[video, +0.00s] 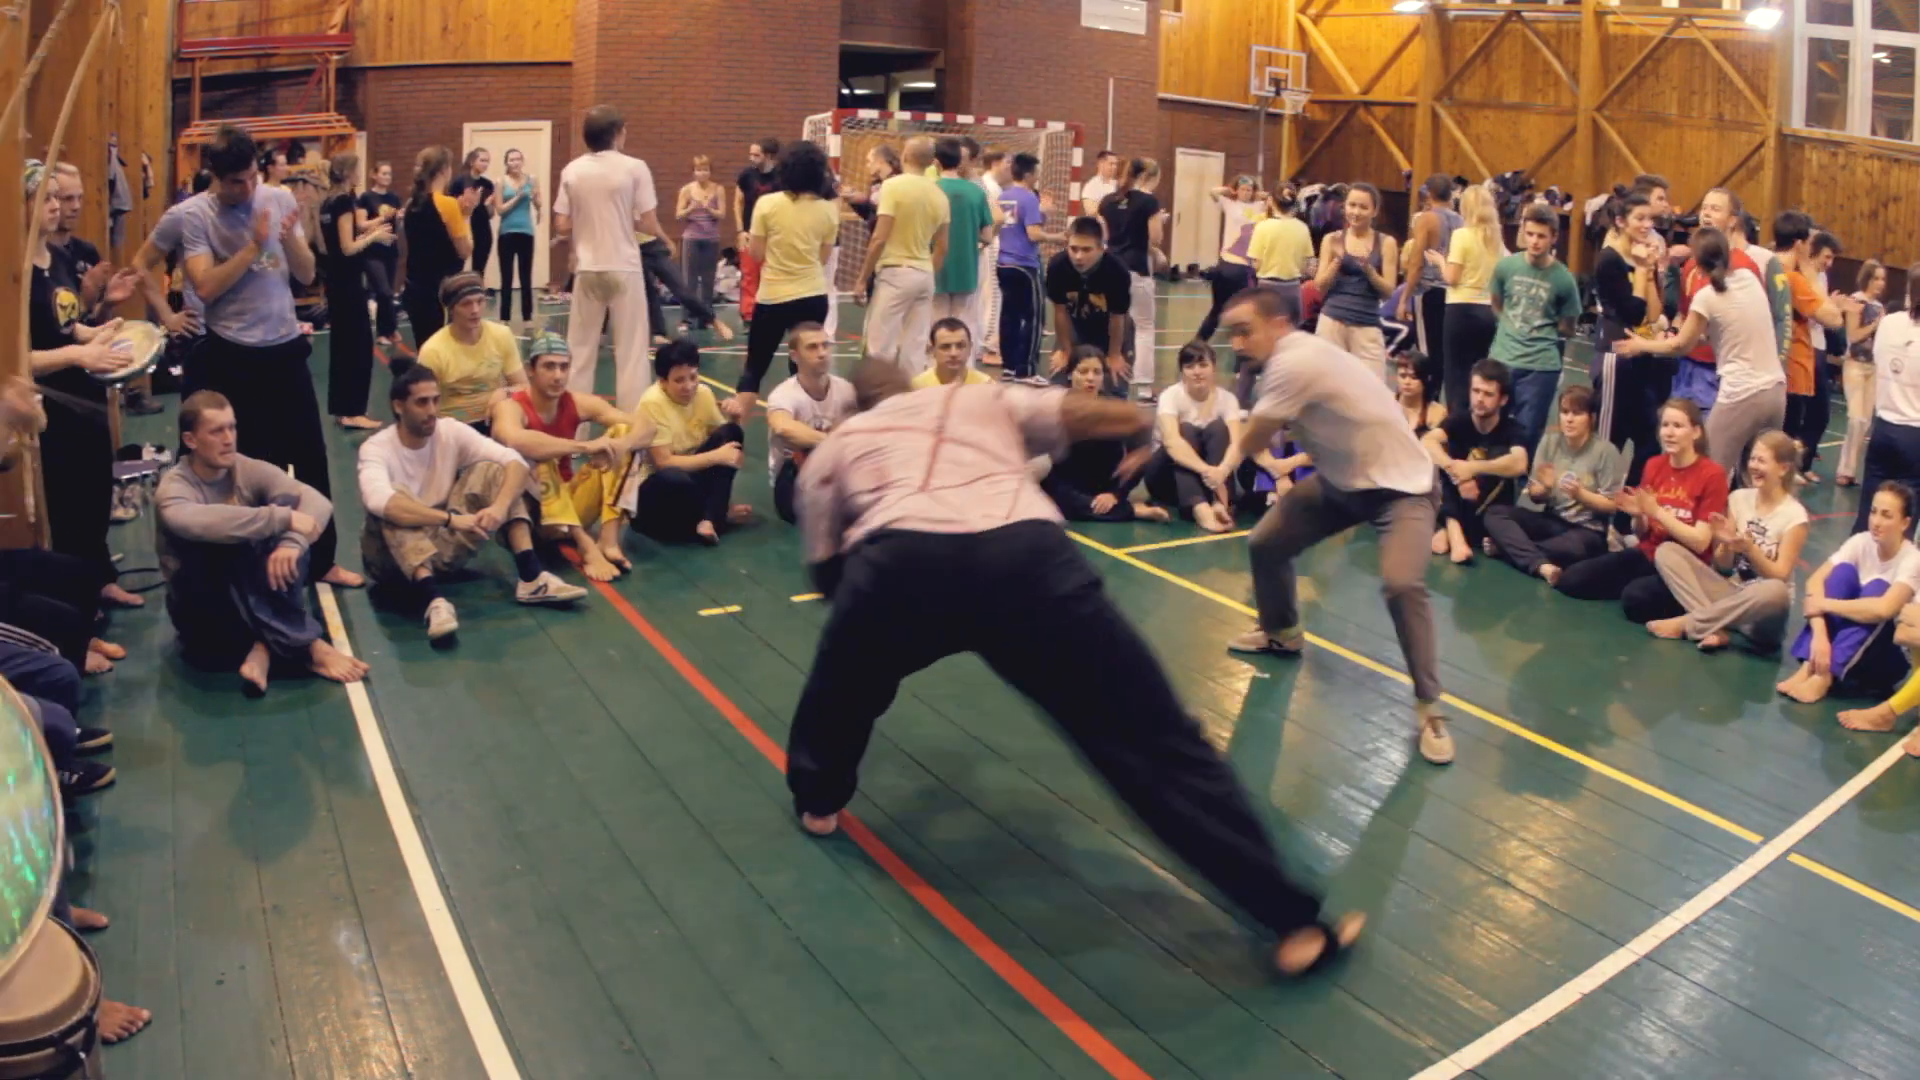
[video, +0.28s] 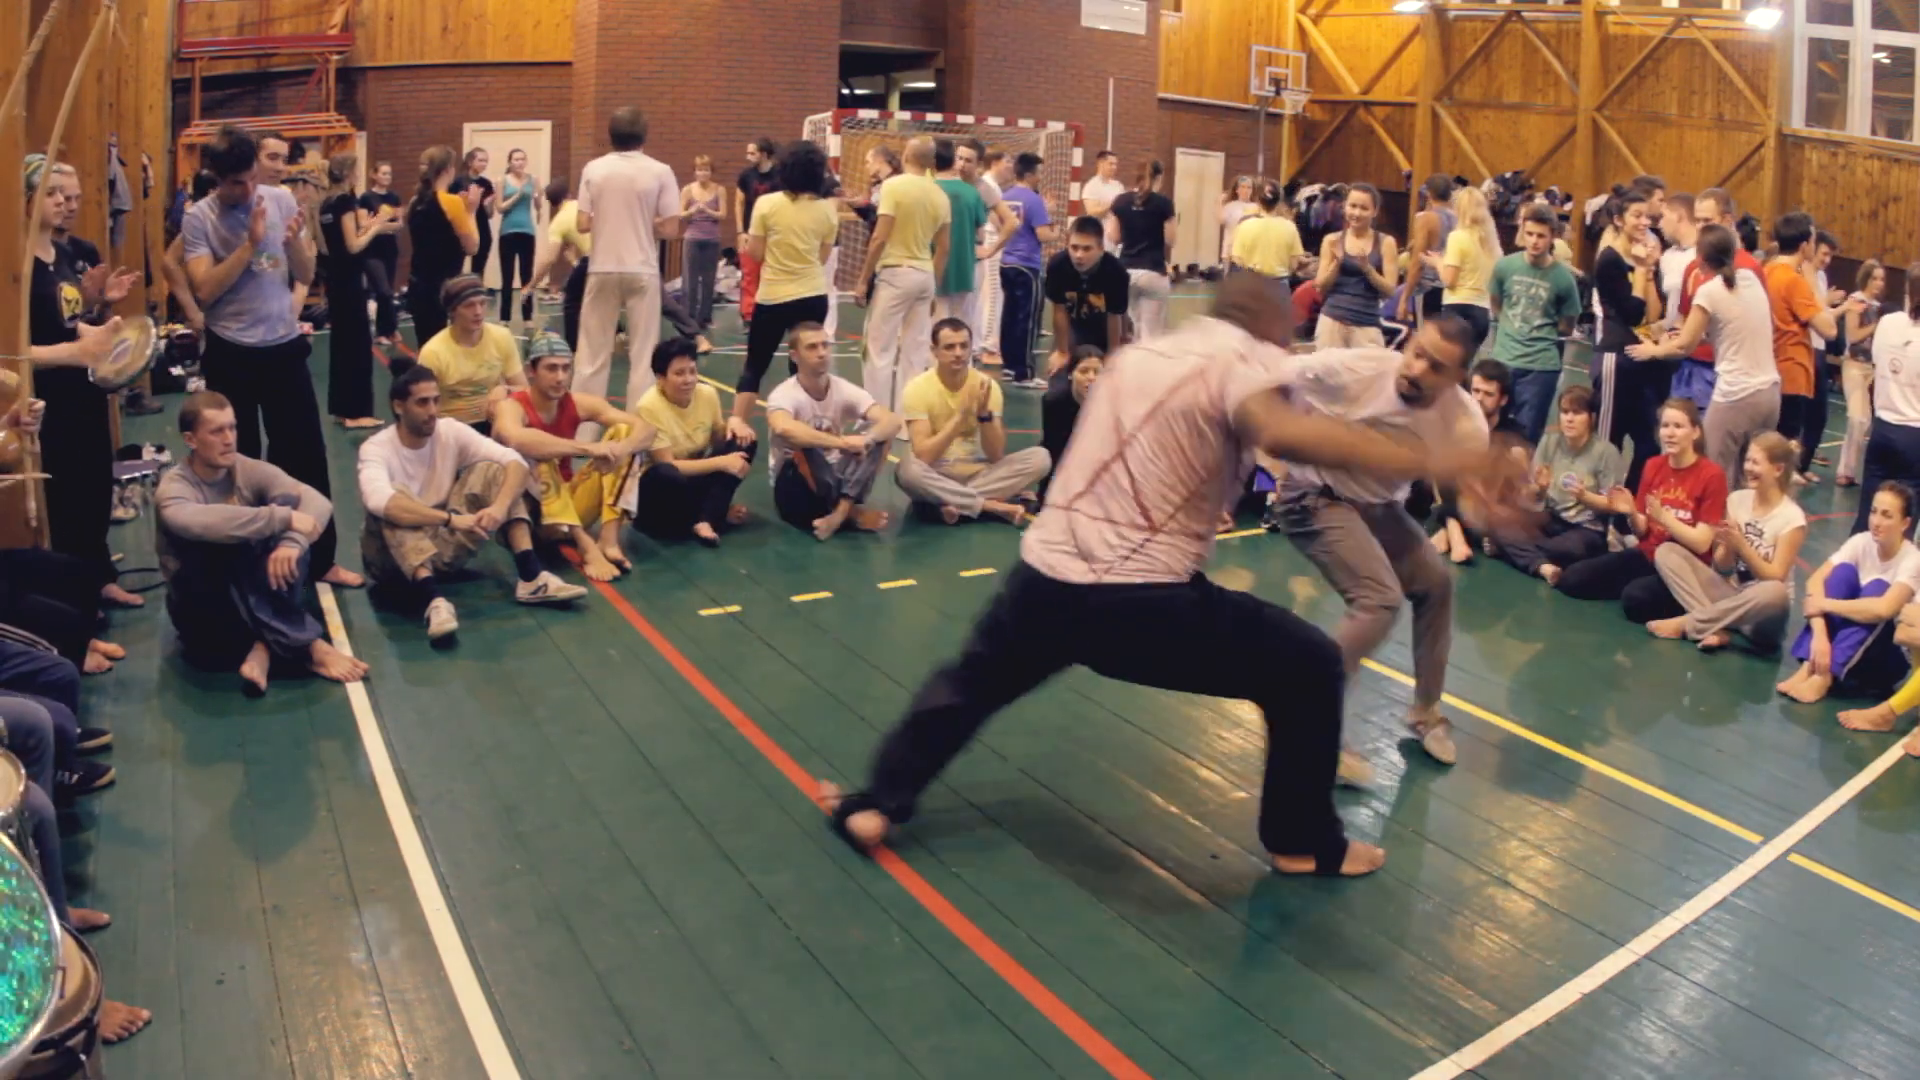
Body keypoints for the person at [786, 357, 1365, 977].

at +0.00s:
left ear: (855, 405)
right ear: (929, 381)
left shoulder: (829, 451)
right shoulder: (987, 396)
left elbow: (827, 579)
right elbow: (1128, 418)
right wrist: (1044, 440)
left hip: (898, 570)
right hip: (1026, 555)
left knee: (845, 680)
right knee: (1151, 737)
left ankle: (818, 802)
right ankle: (1294, 923)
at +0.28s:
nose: (1292, 329)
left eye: (1289, 316)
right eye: (1288, 317)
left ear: (1214, 303)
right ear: (1263, 311)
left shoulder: (1132, 353)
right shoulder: (1244, 363)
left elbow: (1098, 436)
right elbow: (1285, 431)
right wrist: (1429, 462)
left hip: (1045, 589)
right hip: (1148, 605)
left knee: (967, 682)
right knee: (1308, 663)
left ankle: (875, 805)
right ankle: (1302, 841)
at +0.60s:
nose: (1337, 436)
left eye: (1342, 426)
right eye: (1338, 425)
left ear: (1288, 391)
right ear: (1312, 418)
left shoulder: (1297, 456)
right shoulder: (1169, 439)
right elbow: (1043, 493)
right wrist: (939, 569)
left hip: (1211, 620)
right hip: (1148, 611)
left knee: (1073, 760)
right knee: (1328, 685)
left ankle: (905, 737)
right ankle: (1316, 841)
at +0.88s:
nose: (1146, 288)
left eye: (1155, 276)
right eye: (1147, 271)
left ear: (1127, 253)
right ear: (1113, 242)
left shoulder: (1114, 330)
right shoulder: (988, 273)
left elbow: (1115, 461)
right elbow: (868, 299)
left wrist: (1104, 407)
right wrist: (807, 408)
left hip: (1054, 525)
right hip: (967, 513)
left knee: (995, 699)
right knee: (1086, 668)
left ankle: (858, 747)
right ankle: (1205, 841)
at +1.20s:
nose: (1010, 215)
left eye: (1013, 199)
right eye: (1011, 198)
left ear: (949, 171)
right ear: (987, 190)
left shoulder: (913, 243)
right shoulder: (894, 234)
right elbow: (739, 322)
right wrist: (709, 450)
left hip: (868, 487)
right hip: (826, 493)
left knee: (969, 579)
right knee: (797, 719)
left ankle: (909, 762)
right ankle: (627, 848)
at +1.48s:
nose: (946, 262)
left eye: (946, 248)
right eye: (948, 247)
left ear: (869, 225)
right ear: (931, 235)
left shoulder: (778, 274)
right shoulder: (906, 309)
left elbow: (668, 365)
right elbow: (932, 453)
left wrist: (554, 432)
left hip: (714, 498)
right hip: (788, 519)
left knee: (879, 582)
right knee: (765, 720)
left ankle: (900, 764)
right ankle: (621, 861)